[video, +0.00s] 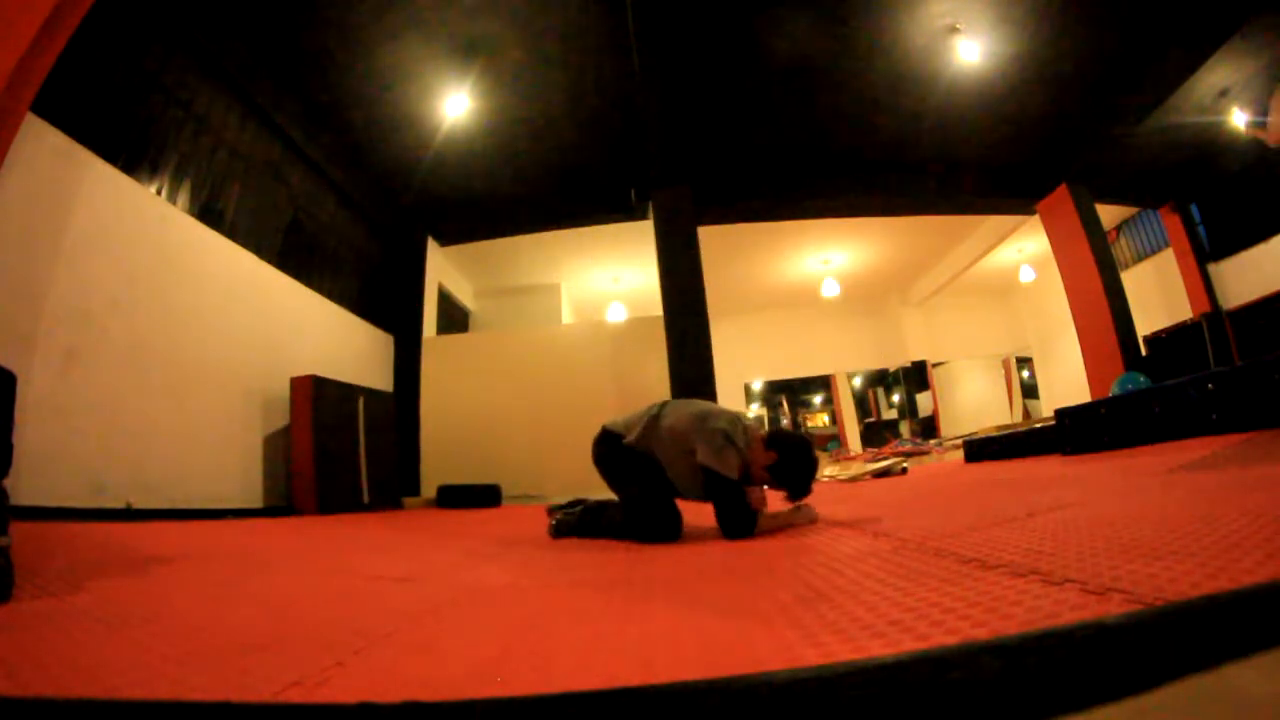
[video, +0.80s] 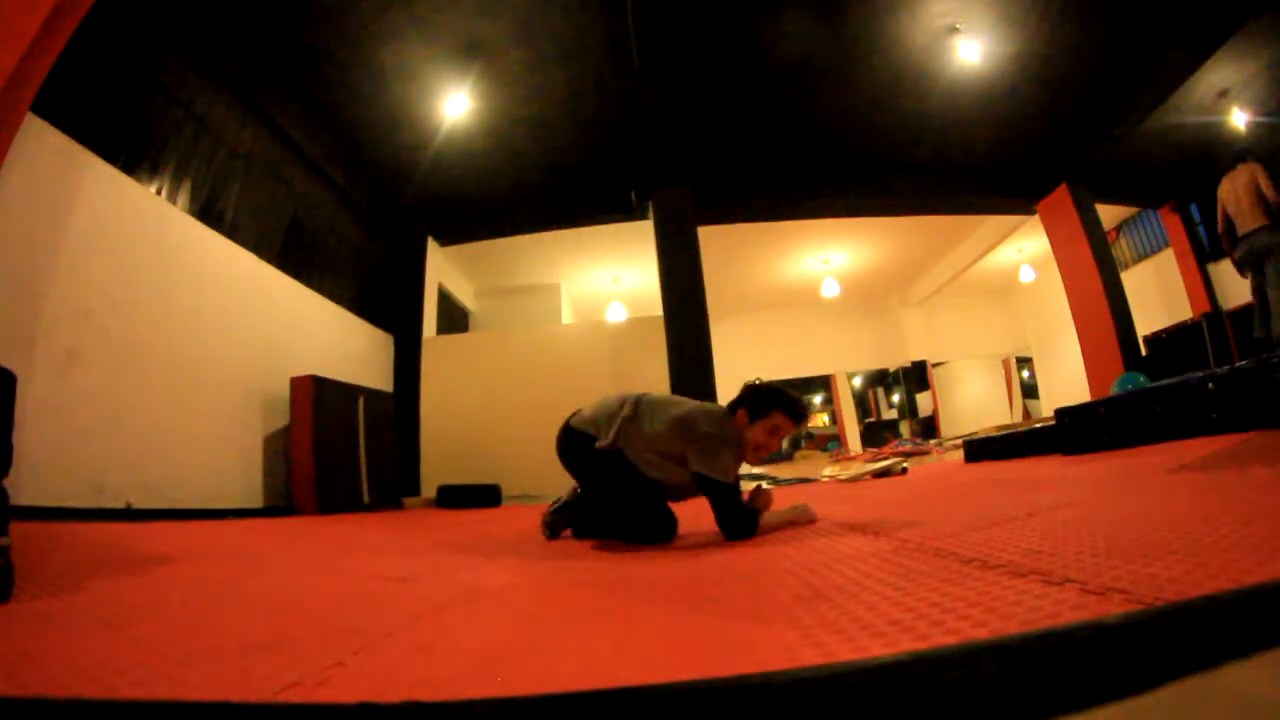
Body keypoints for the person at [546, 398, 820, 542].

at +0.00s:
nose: (761, 487)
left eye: (769, 486)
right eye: (767, 481)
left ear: (767, 449)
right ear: (768, 458)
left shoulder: (738, 436)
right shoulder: (720, 438)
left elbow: (731, 516)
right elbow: (736, 527)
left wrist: (751, 507)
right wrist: (789, 520)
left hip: (639, 449)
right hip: (618, 448)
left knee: (663, 518)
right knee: (664, 527)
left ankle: (588, 510)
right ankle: (579, 520)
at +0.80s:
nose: (774, 446)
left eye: (782, 440)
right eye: (771, 432)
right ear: (743, 417)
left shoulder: (721, 431)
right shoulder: (714, 433)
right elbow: (735, 528)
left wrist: (749, 507)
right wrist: (788, 518)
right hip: (585, 442)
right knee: (658, 527)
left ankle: (581, 505)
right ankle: (576, 513)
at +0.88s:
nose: (777, 432)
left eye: (784, 424)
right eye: (775, 419)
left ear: (742, 404)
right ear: (746, 404)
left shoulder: (719, 414)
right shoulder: (715, 425)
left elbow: (679, 484)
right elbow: (735, 526)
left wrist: (738, 502)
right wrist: (787, 517)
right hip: (584, 438)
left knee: (655, 518)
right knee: (658, 528)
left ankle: (582, 506)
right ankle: (577, 512)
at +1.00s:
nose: (782, 400)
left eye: (786, 390)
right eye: (781, 388)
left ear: (744, 376)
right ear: (748, 377)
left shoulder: (712, 385)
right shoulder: (715, 406)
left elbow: (700, 484)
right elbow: (730, 507)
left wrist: (772, 516)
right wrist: (783, 518)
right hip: (587, 436)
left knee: (654, 517)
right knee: (659, 529)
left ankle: (582, 499)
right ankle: (576, 511)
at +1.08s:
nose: (779, 368)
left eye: (781, 358)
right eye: (776, 356)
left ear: (743, 351)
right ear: (744, 352)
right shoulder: (712, 378)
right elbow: (726, 472)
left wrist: (774, 506)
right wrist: (783, 512)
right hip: (592, 434)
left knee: (653, 519)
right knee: (658, 528)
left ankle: (580, 503)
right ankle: (576, 508)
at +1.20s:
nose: (767, 326)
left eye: (768, 315)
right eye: (763, 314)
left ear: (732, 314)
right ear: (733, 312)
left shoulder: (697, 335)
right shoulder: (701, 354)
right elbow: (730, 448)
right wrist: (782, 496)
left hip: (630, 426)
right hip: (597, 428)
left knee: (662, 472)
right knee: (659, 527)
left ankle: (593, 503)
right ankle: (576, 508)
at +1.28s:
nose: (758, 306)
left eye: (758, 296)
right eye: (752, 294)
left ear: (723, 293)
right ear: (725, 293)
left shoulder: (692, 325)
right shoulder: (695, 339)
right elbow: (721, 436)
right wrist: (774, 494)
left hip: (640, 426)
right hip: (602, 427)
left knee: (704, 468)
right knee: (658, 526)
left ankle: (633, 508)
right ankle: (579, 506)